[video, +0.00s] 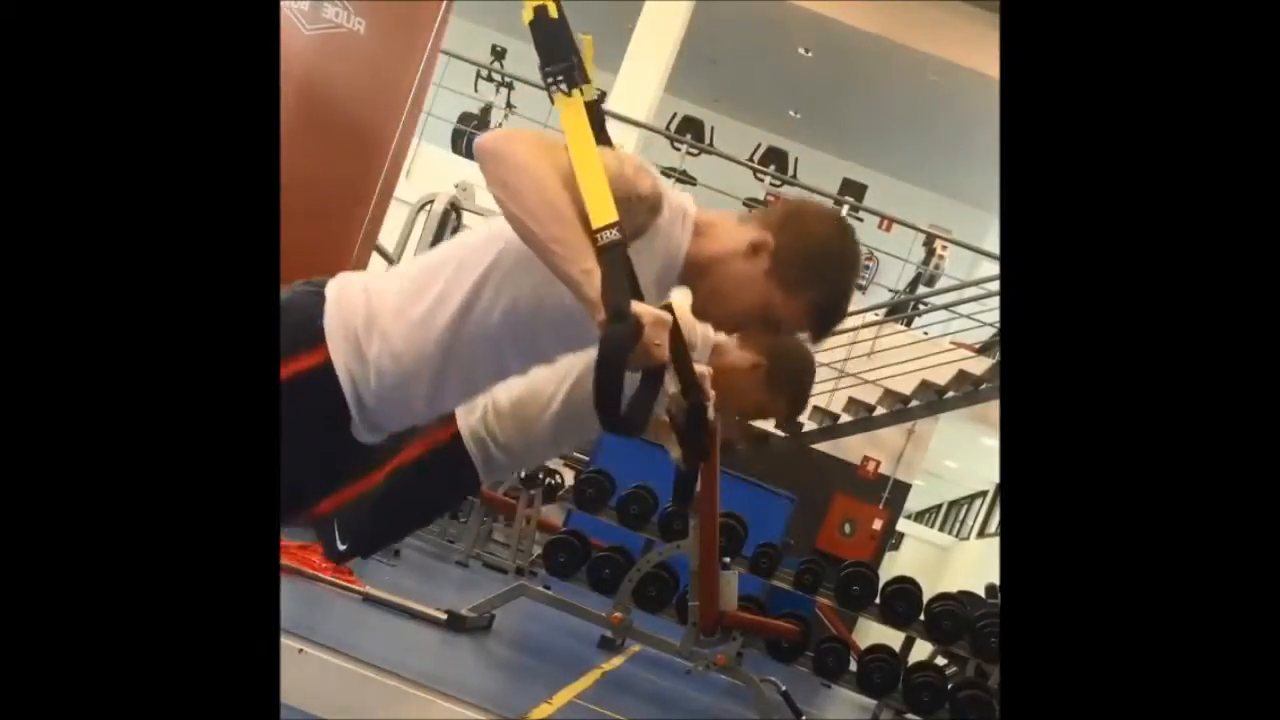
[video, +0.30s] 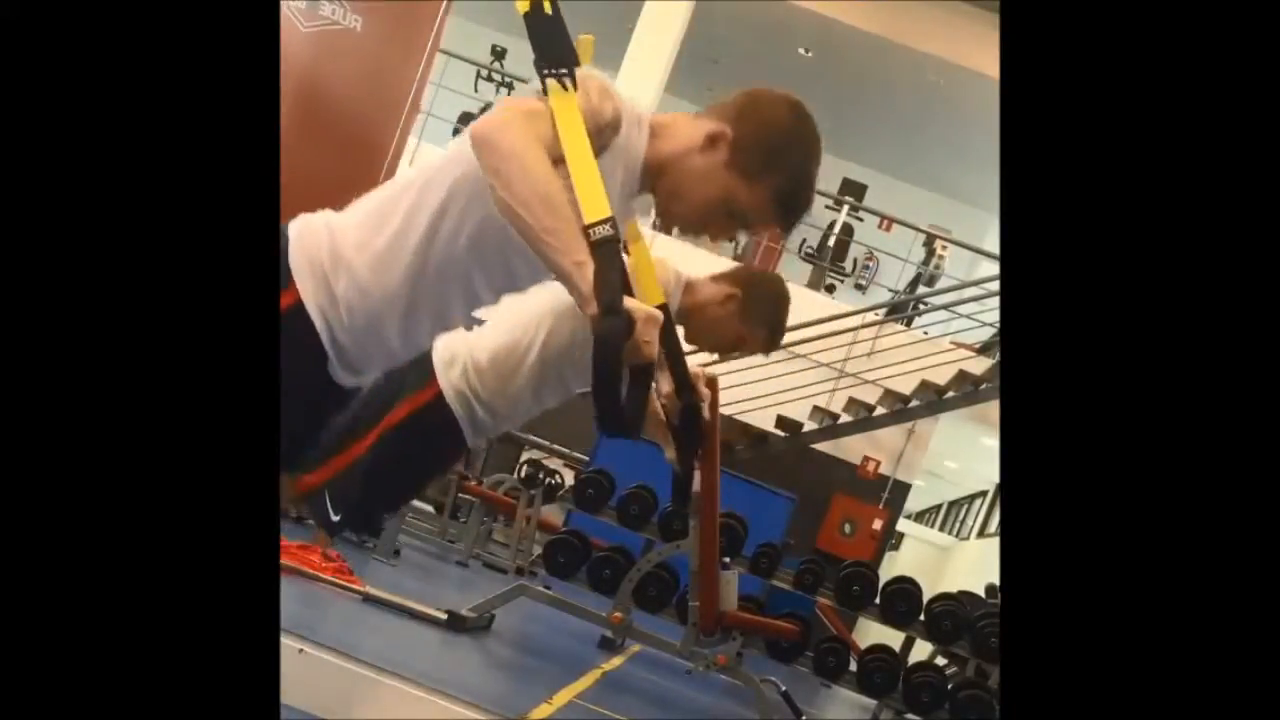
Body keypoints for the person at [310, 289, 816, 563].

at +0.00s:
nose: (743, 421)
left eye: (755, 420)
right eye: (754, 409)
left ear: (746, 365)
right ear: (750, 362)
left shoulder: (688, 379)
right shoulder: (681, 335)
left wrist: (694, 435)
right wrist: (692, 418)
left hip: (490, 449)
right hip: (472, 424)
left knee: (361, 524)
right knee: (344, 517)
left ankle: (330, 545)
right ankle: (314, 536)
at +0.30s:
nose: (728, 348)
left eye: (741, 347)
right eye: (740, 341)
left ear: (726, 291)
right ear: (728, 299)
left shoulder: (659, 313)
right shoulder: (646, 288)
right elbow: (622, 412)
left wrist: (672, 404)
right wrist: (656, 389)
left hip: (468, 408)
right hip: (451, 388)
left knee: (348, 519)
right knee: (316, 498)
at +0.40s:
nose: (722, 335)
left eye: (735, 333)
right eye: (734, 325)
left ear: (716, 277)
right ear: (718, 280)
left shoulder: (654, 305)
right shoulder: (637, 271)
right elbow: (625, 413)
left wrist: (669, 399)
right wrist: (661, 408)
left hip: (460, 400)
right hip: (440, 375)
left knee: (336, 511)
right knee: (307, 483)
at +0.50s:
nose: (710, 310)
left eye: (723, 307)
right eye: (722, 297)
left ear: (707, 258)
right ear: (709, 256)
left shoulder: (644, 294)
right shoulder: (627, 244)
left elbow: (640, 389)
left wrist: (677, 412)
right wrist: (678, 379)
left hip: (453, 395)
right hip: (429, 367)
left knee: (331, 506)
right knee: (302, 480)